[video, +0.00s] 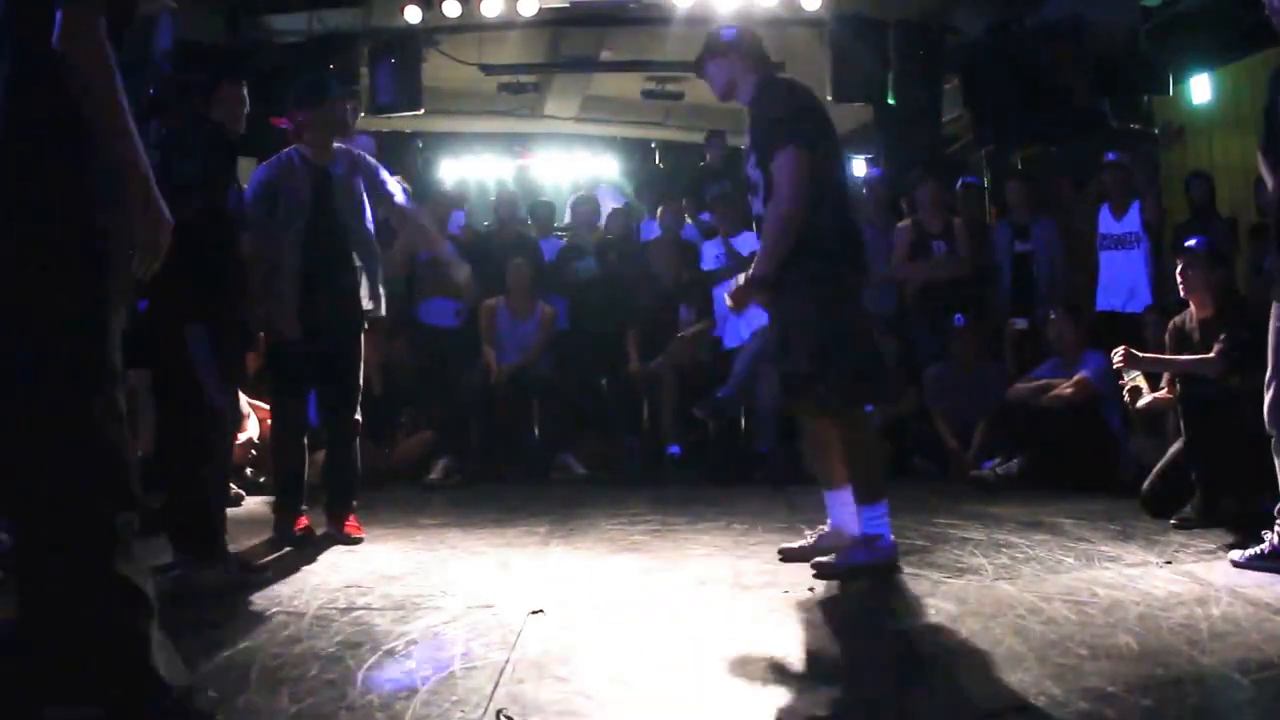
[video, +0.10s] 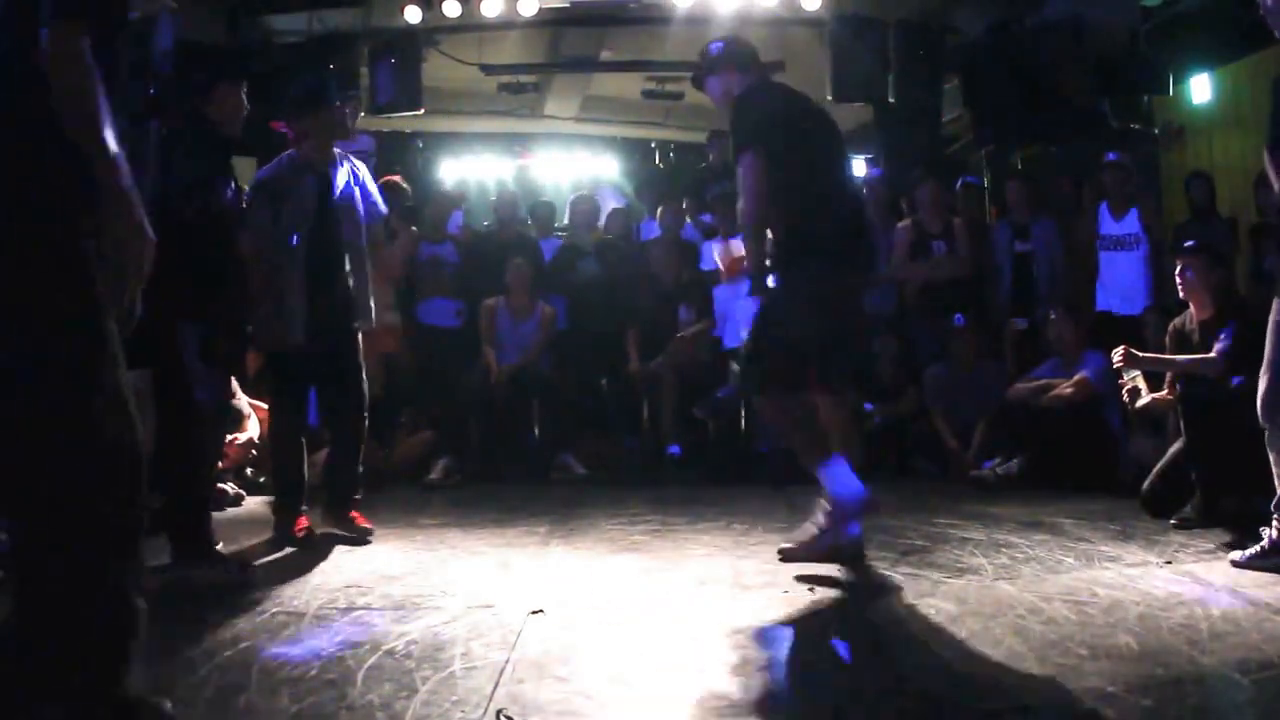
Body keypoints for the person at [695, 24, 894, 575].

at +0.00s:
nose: (713, 84)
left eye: (715, 70)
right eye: (708, 77)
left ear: (742, 55)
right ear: (729, 68)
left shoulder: (780, 99)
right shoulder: (772, 106)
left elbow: (790, 196)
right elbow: (788, 203)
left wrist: (759, 274)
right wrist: (758, 272)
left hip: (821, 277)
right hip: (809, 277)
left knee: (834, 401)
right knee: (820, 400)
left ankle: (867, 534)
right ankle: (845, 526)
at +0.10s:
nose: (711, 98)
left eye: (709, 86)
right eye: (706, 88)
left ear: (730, 73)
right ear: (753, 69)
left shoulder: (750, 106)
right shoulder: (805, 107)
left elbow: (752, 199)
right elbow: (820, 198)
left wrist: (753, 268)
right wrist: (751, 252)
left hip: (807, 271)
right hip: (846, 267)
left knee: (765, 382)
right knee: (832, 388)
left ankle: (844, 489)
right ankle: (840, 525)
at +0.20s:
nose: (710, 99)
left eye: (709, 89)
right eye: (707, 91)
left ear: (722, 81)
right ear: (758, 72)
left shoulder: (738, 116)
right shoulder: (809, 104)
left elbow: (735, 222)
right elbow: (831, 184)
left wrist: (759, 253)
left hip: (812, 250)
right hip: (863, 245)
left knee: (740, 334)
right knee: (833, 373)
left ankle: (798, 466)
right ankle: (842, 517)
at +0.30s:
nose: (722, 105)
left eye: (720, 97)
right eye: (719, 98)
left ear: (731, 85)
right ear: (767, 76)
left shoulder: (740, 119)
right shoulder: (817, 106)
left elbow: (737, 223)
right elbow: (838, 185)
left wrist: (759, 271)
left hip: (798, 253)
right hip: (853, 249)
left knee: (771, 370)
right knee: (827, 378)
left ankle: (798, 506)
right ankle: (820, 507)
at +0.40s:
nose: (741, 112)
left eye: (742, 104)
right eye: (740, 105)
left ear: (752, 100)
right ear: (789, 93)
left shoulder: (748, 148)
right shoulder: (831, 133)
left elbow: (733, 245)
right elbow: (840, 211)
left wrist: (745, 272)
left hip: (781, 283)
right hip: (837, 276)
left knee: (785, 394)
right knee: (821, 392)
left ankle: (812, 510)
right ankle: (806, 511)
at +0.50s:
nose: (751, 95)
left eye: (753, 87)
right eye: (752, 88)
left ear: (761, 85)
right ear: (802, 83)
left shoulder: (741, 129)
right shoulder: (839, 123)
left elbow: (716, 224)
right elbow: (853, 199)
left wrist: (744, 258)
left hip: (771, 275)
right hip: (833, 271)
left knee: (784, 392)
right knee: (825, 389)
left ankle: (802, 512)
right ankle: (802, 510)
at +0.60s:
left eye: (767, 84)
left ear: (766, 85)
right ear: (817, 87)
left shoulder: (740, 121)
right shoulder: (842, 125)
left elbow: (705, 217)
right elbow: (869, 210)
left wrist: (740, 245)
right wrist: (852, 254)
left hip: (766, 274)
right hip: (831, 276)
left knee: (771, 378)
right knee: (826, 398)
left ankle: (768, 483)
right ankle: (822, 530)